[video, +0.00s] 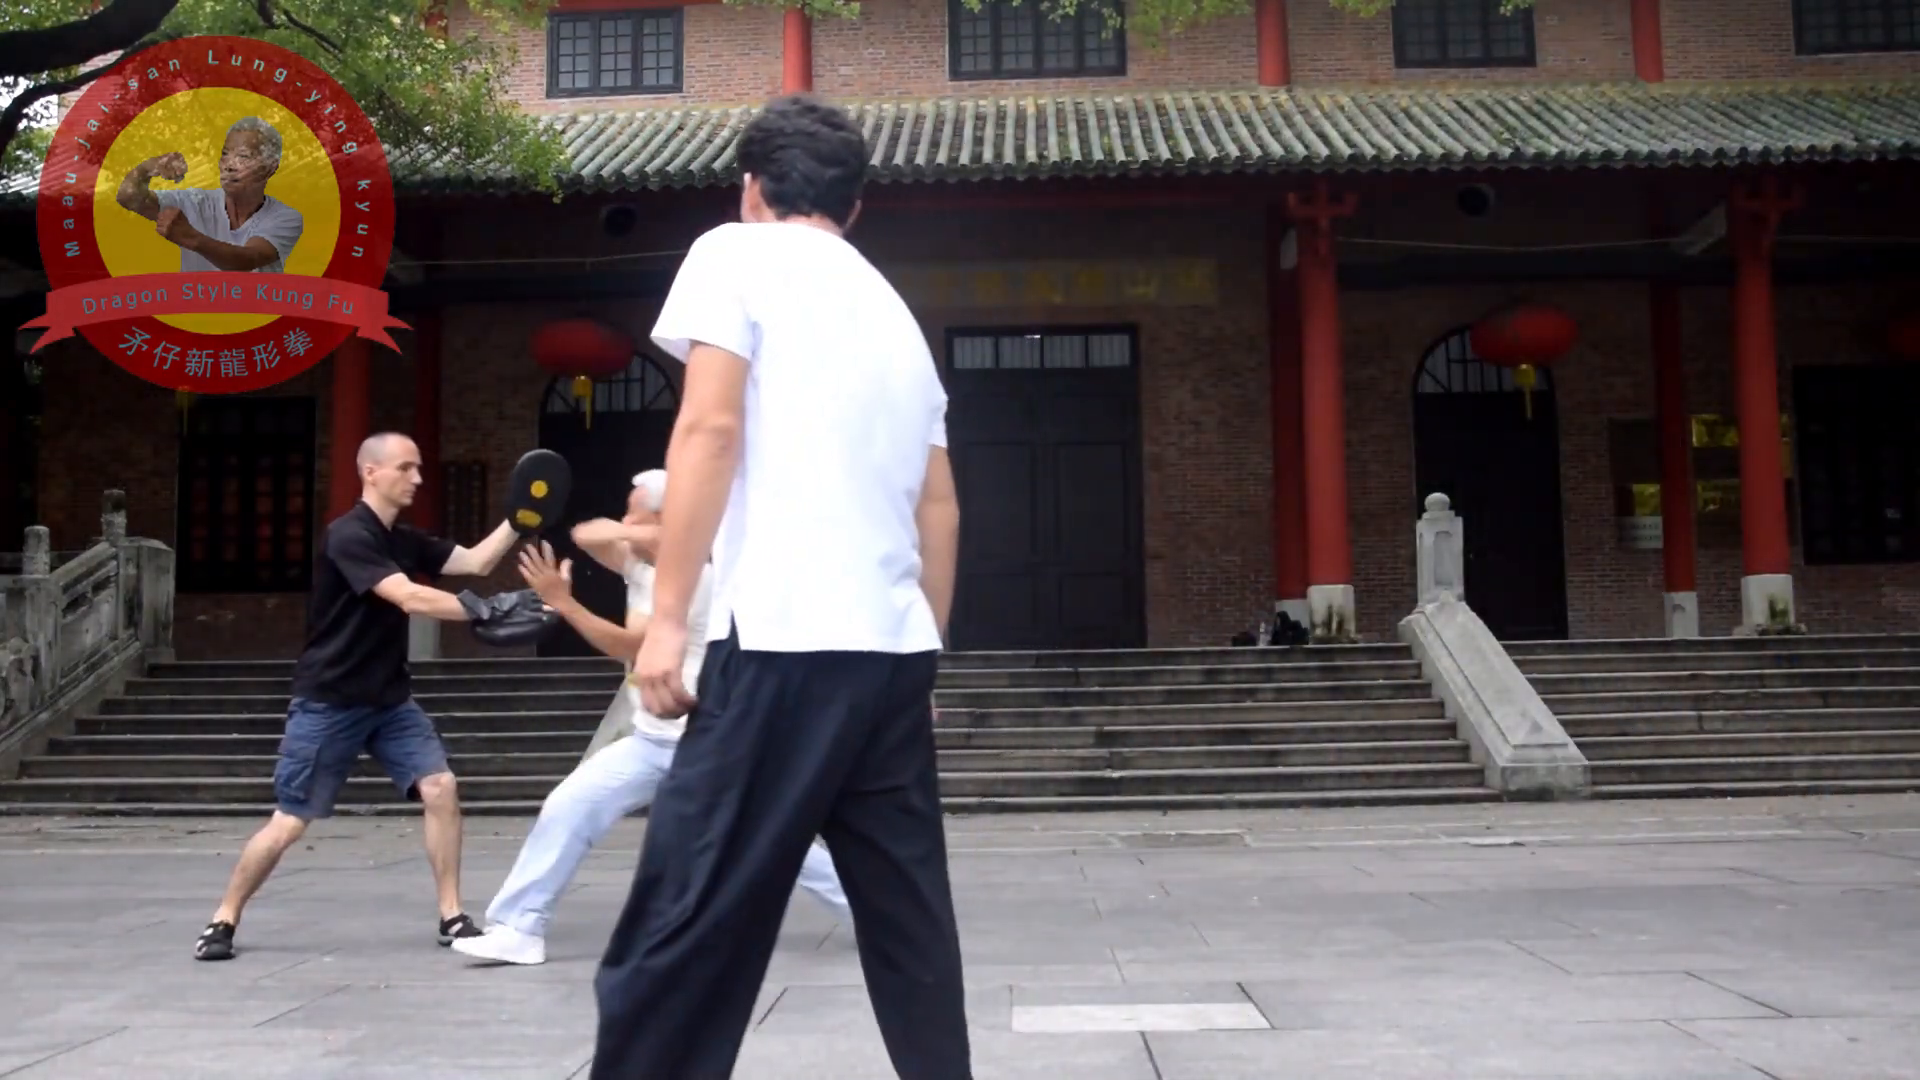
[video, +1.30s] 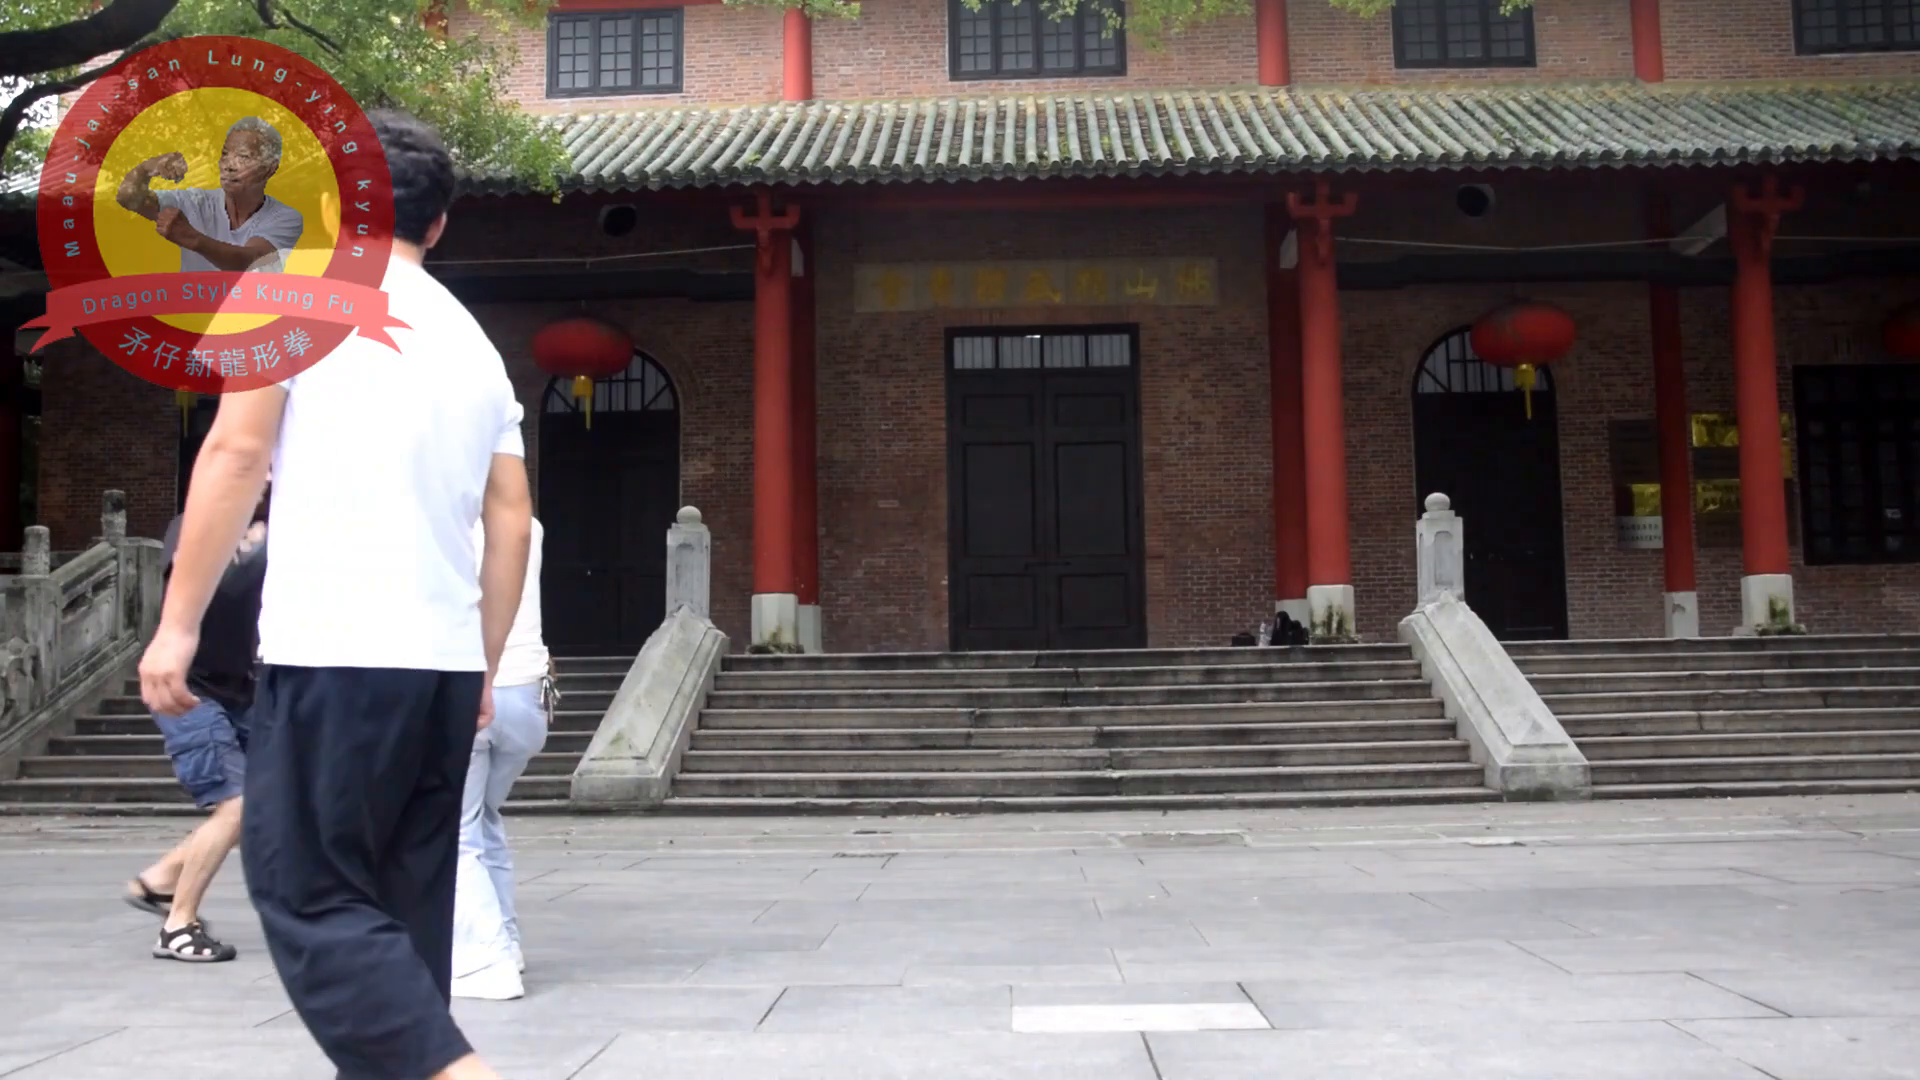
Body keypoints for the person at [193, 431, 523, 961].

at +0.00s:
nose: (417, 478)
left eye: (418, 469)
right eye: (406, 468)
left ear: (410, 477)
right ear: (370, 473)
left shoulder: (404, 538)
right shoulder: (347, 535)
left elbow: (474, 560)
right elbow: (407, 596)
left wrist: (523, 515)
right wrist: (485, 612)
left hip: (390, 701)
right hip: (327, 703)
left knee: (441, 788)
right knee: (289, 824)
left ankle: (453, 915)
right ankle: (224, 920)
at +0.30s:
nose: (404, 477)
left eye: (405, 468)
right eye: (393, 468)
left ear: (391, 476)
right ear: (358, 473)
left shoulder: (383, 537)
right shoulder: (343, 534)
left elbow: (451, 579)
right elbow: (414, 604)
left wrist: (510, 542)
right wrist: (489, 621)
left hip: (378, 700)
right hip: (320, 701)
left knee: (435, 786)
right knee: (286, 823)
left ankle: (453, 915)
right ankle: (224, 919)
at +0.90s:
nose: (376, 488)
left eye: (378, 479)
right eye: (367, 481)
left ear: (384, 486)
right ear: (348, 488)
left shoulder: (392, 544)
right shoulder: (328, 543)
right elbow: (374, 606)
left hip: (375, 703)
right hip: (319, 706)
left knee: (430, 809)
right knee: (302, 830)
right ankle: (201, 901)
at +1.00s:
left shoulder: (357, 537)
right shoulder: (277, 541)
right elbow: (310, 616)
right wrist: (372, 634)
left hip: (347, 700)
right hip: (291, 702)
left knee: (402, 814)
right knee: (287, 827)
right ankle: (181, 913)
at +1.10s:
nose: (292, 489)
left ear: (307, 489)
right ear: (257, 487)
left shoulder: (315, 538)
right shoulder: (238, 539)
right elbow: (257, 608)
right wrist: (306, 671)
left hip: (306, 697)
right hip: (250, 699)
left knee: (366, 801)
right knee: (266, 822)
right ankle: (181, 923)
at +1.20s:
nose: (265, 488)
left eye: (270, 483)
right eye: (256, 482)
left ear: (277, 489)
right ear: (236, 487)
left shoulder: (290, 540)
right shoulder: (213, 535)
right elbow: (214, 590)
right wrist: (256, 631)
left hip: (274, 691)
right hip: (218, 691)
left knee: (302, 794)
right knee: (255, 810)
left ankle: (286, 899)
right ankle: (180, 924)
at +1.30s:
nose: (258, 484)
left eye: (262, 480)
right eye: (250, 478)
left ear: (265, 485)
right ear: (218, 482)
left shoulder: (265, 528)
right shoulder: (193, 529)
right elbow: (201, 577)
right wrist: (263, 541)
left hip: (240, 688)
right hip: (190, 686)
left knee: (253, 802)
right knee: (235, 804)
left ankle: (159, 879)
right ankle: (180, 924)